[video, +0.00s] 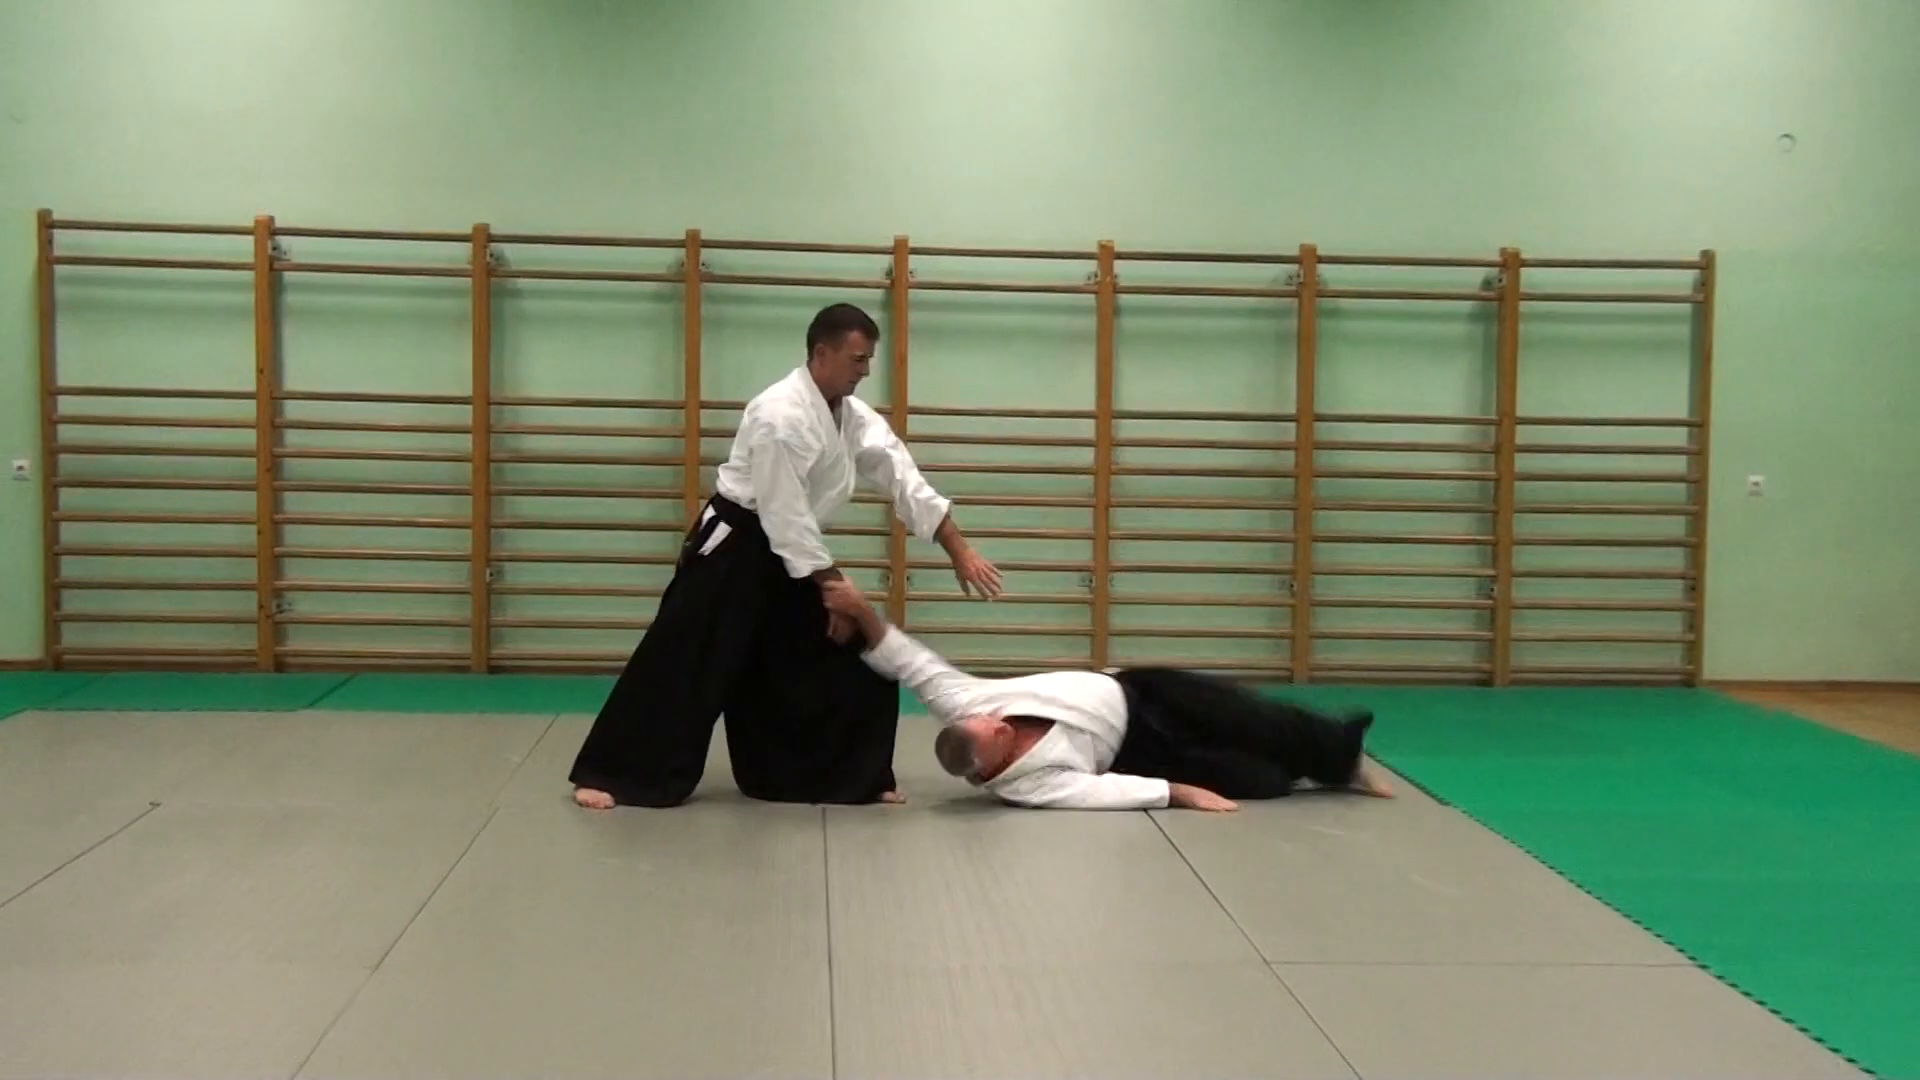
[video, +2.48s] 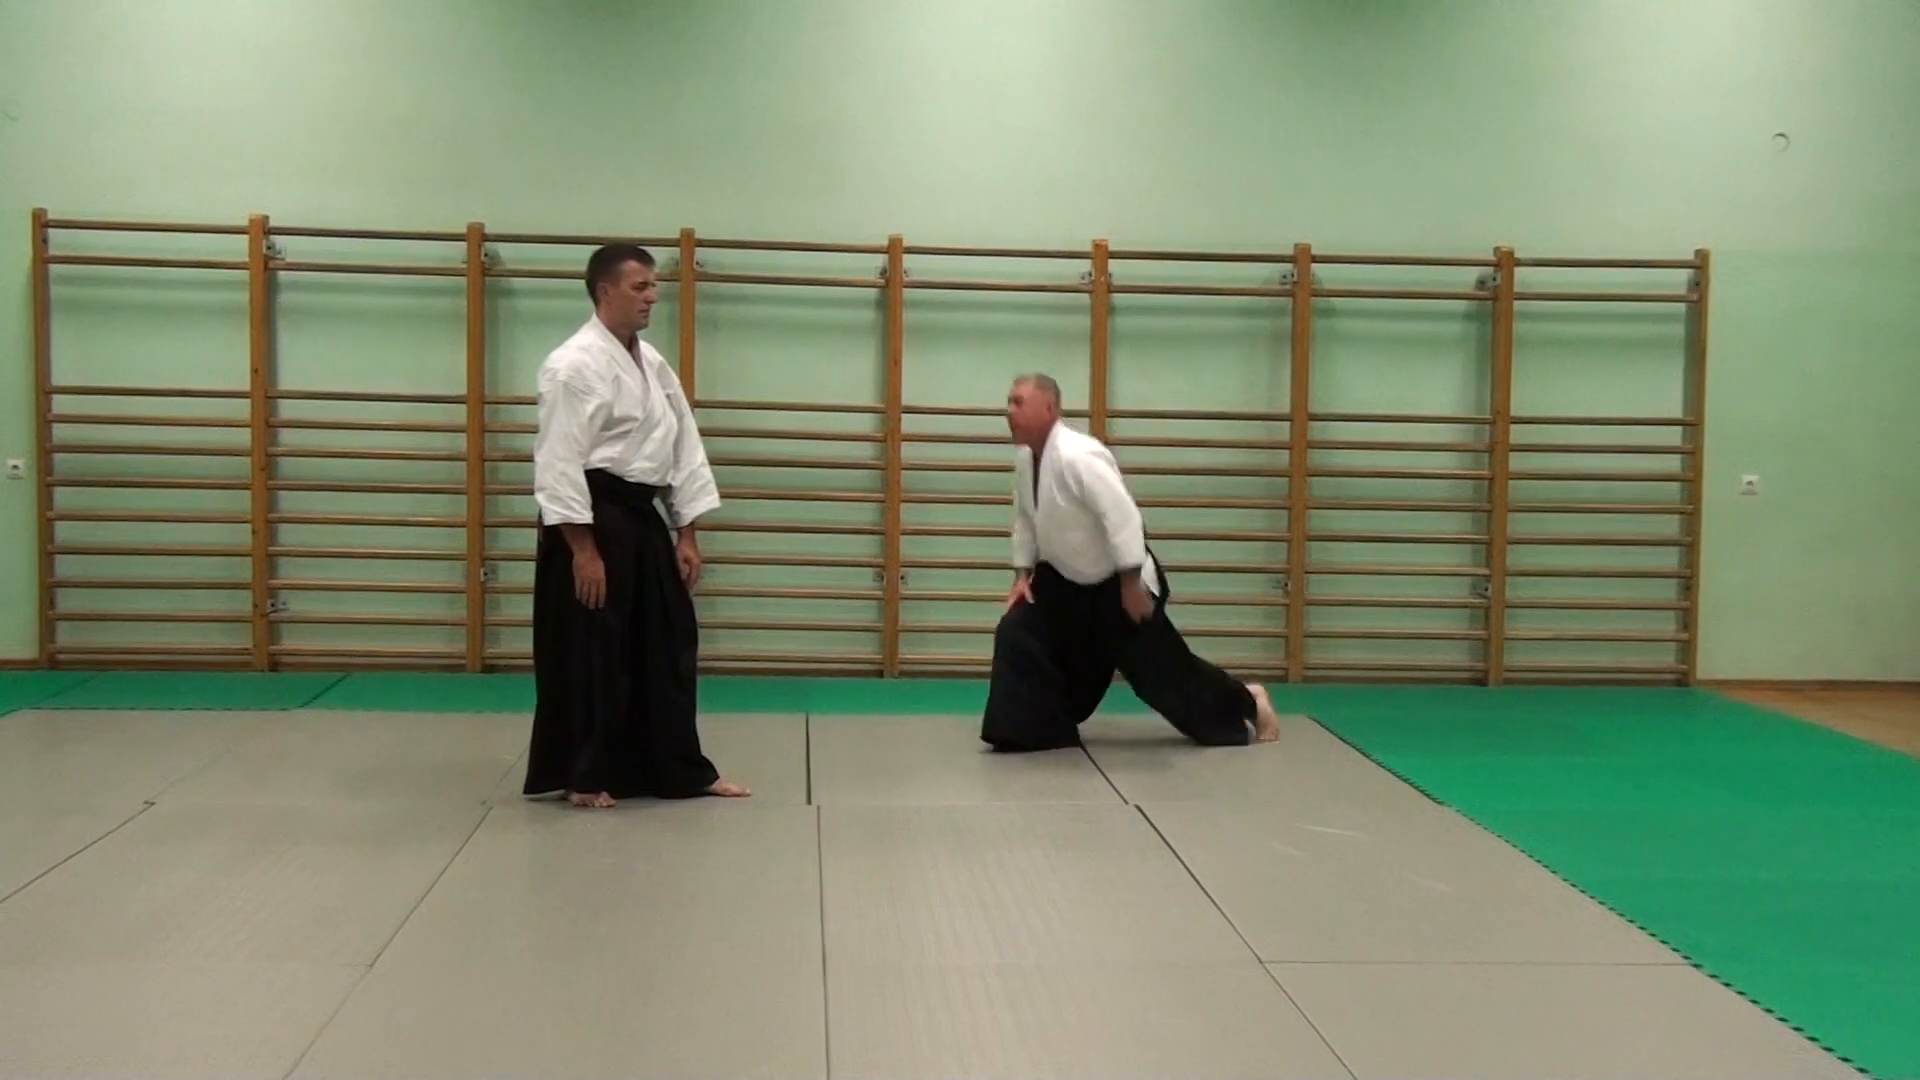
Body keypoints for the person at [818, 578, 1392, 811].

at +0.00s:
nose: (1004, 728)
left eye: (992, 726)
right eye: (996, 741)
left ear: (983, 722)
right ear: (989, 769)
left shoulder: (967, 706)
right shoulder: (1031, 784)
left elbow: (916, 662)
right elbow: (1105, 788)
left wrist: (865, 621)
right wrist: (1176, 793)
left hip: (1139, 692)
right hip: (1148, 750)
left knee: (1252, 717)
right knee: (1254, 777)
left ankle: (1341, 754)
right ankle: (1311, 771)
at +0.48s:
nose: (1010, 726)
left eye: (1001, 721)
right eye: (1002, 740)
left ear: (992, 714)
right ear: (992, 767)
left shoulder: (986, 705)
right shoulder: (1035, 782)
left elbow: (942, 657)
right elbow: (1109, 788)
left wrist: (903, 602)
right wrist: (1177, 795)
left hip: (1144, 700)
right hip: (1159, 756)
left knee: (1244, 675)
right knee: (1259, 771)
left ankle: (1347, 691)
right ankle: (1312, 768)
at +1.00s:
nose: (1097, 598)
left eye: (1093, 589)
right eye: (1087, 594)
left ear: (1059, 606)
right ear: (1065, 608)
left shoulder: (1068, 633)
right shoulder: (1068, 666)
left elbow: (1113, 683)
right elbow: (1109, 733)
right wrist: (1163, 789)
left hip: (1157, 698)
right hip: (1165, 742)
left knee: (1224, 654)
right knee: (1288, 706)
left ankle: (1320, 712)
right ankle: (1377, 712)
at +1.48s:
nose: (1047, 589)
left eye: (1045, 581)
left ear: (1050, 578)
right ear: (1088, 556)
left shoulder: (1055, 617)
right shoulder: (1136, 571)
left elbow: (1041, 691)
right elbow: (1212, 579)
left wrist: (1034, 753)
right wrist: (1257, 605)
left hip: (1147, 715)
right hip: (1190, 672)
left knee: (1236, 748)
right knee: (1279, 678)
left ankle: (1323, 751)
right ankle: (1350, 743)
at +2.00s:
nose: (1035, 526)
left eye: (1037, 516)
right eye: (1033, 517)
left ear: (1062, 510)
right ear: (1068, 504)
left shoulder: (1089, 549)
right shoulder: (1123, 502)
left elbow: (1070, 629)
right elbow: (1177, 509)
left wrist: (1048, 704)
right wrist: (1150, 562)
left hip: (1205, 628)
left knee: (1175, 734)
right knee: (1110, 631)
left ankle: (1278, 717)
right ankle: (1121, 718)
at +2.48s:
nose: (1008, 411)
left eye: (1018, 402)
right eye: (1009, 402)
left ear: (1050, 410)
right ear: (1035, 411)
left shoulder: (1081, 456)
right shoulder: (1026, 458)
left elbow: (1121, 513)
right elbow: (1024, 518)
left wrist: (1132, 580)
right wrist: (1023, 573)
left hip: (1111, 582)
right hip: (1061, 581)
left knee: (1164, 671)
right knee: (1016, 633)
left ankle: (1248, 700)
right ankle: (1035, 727)